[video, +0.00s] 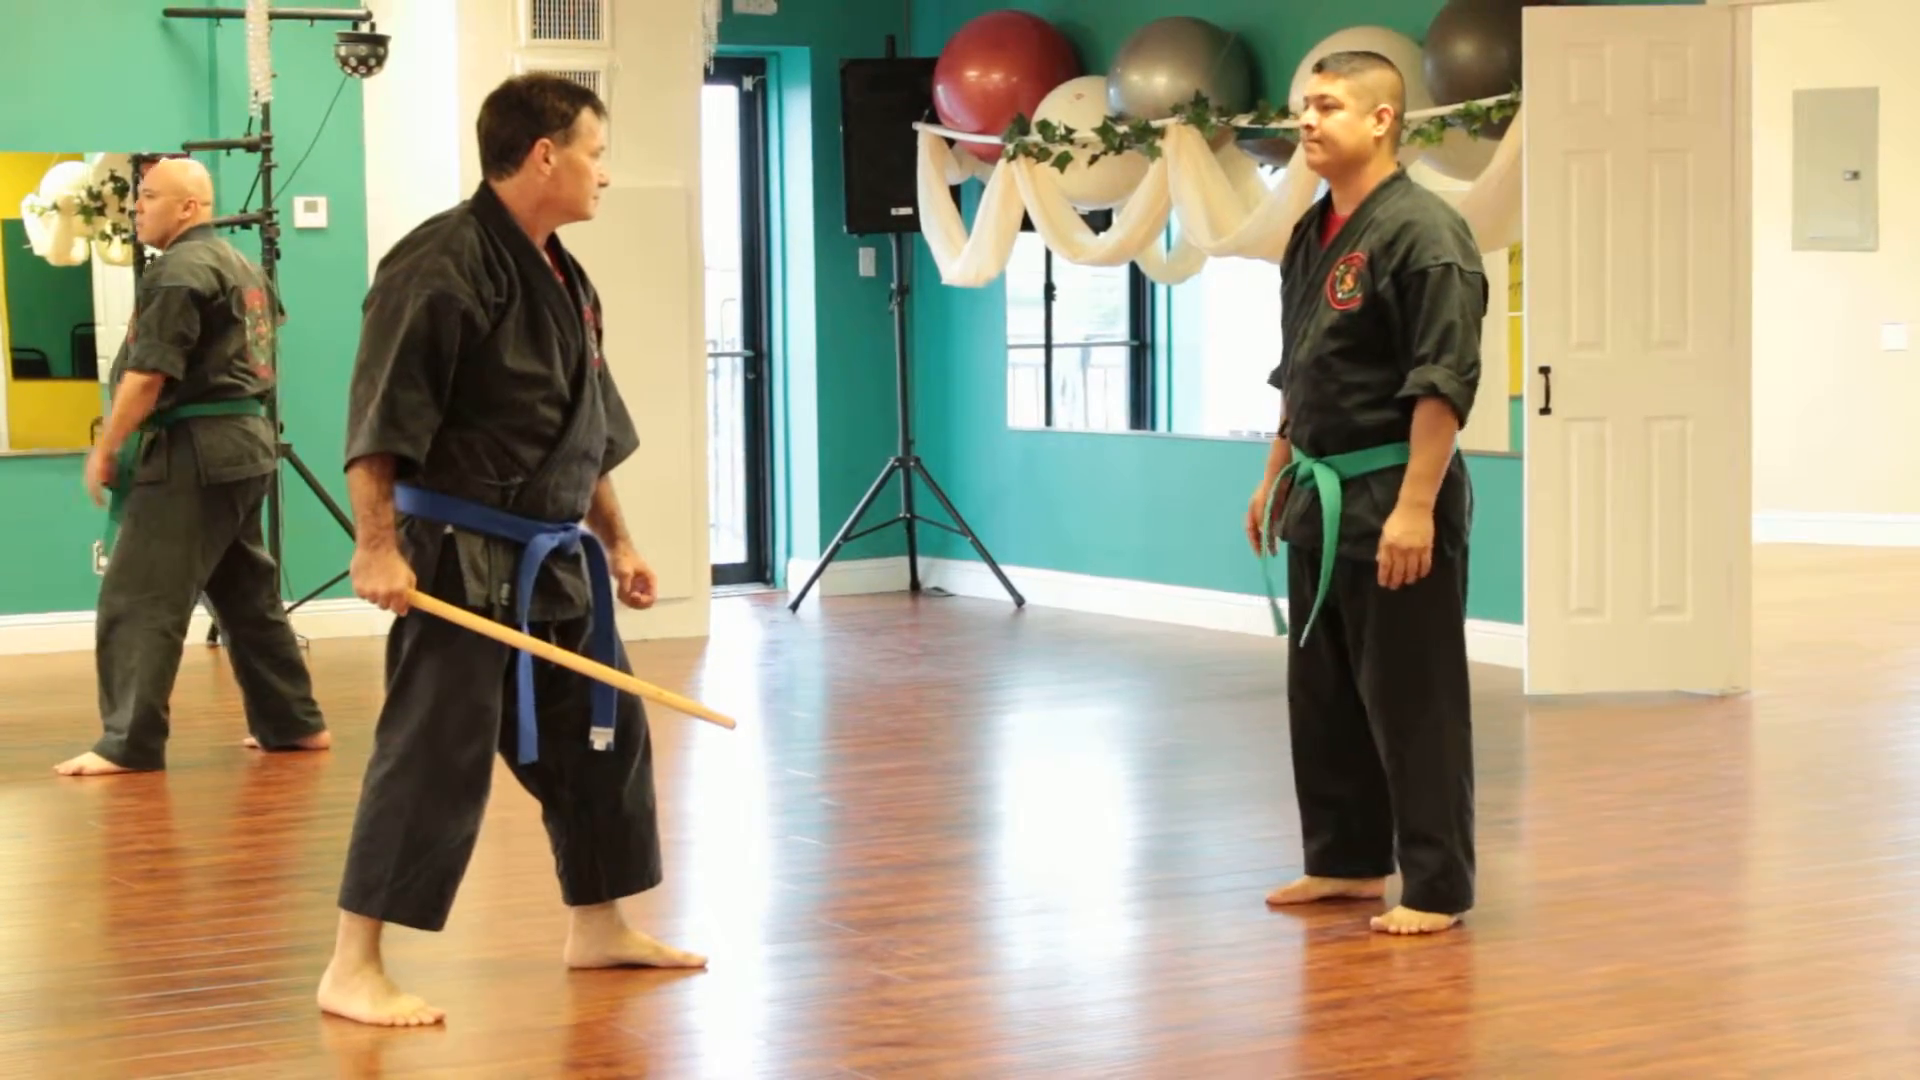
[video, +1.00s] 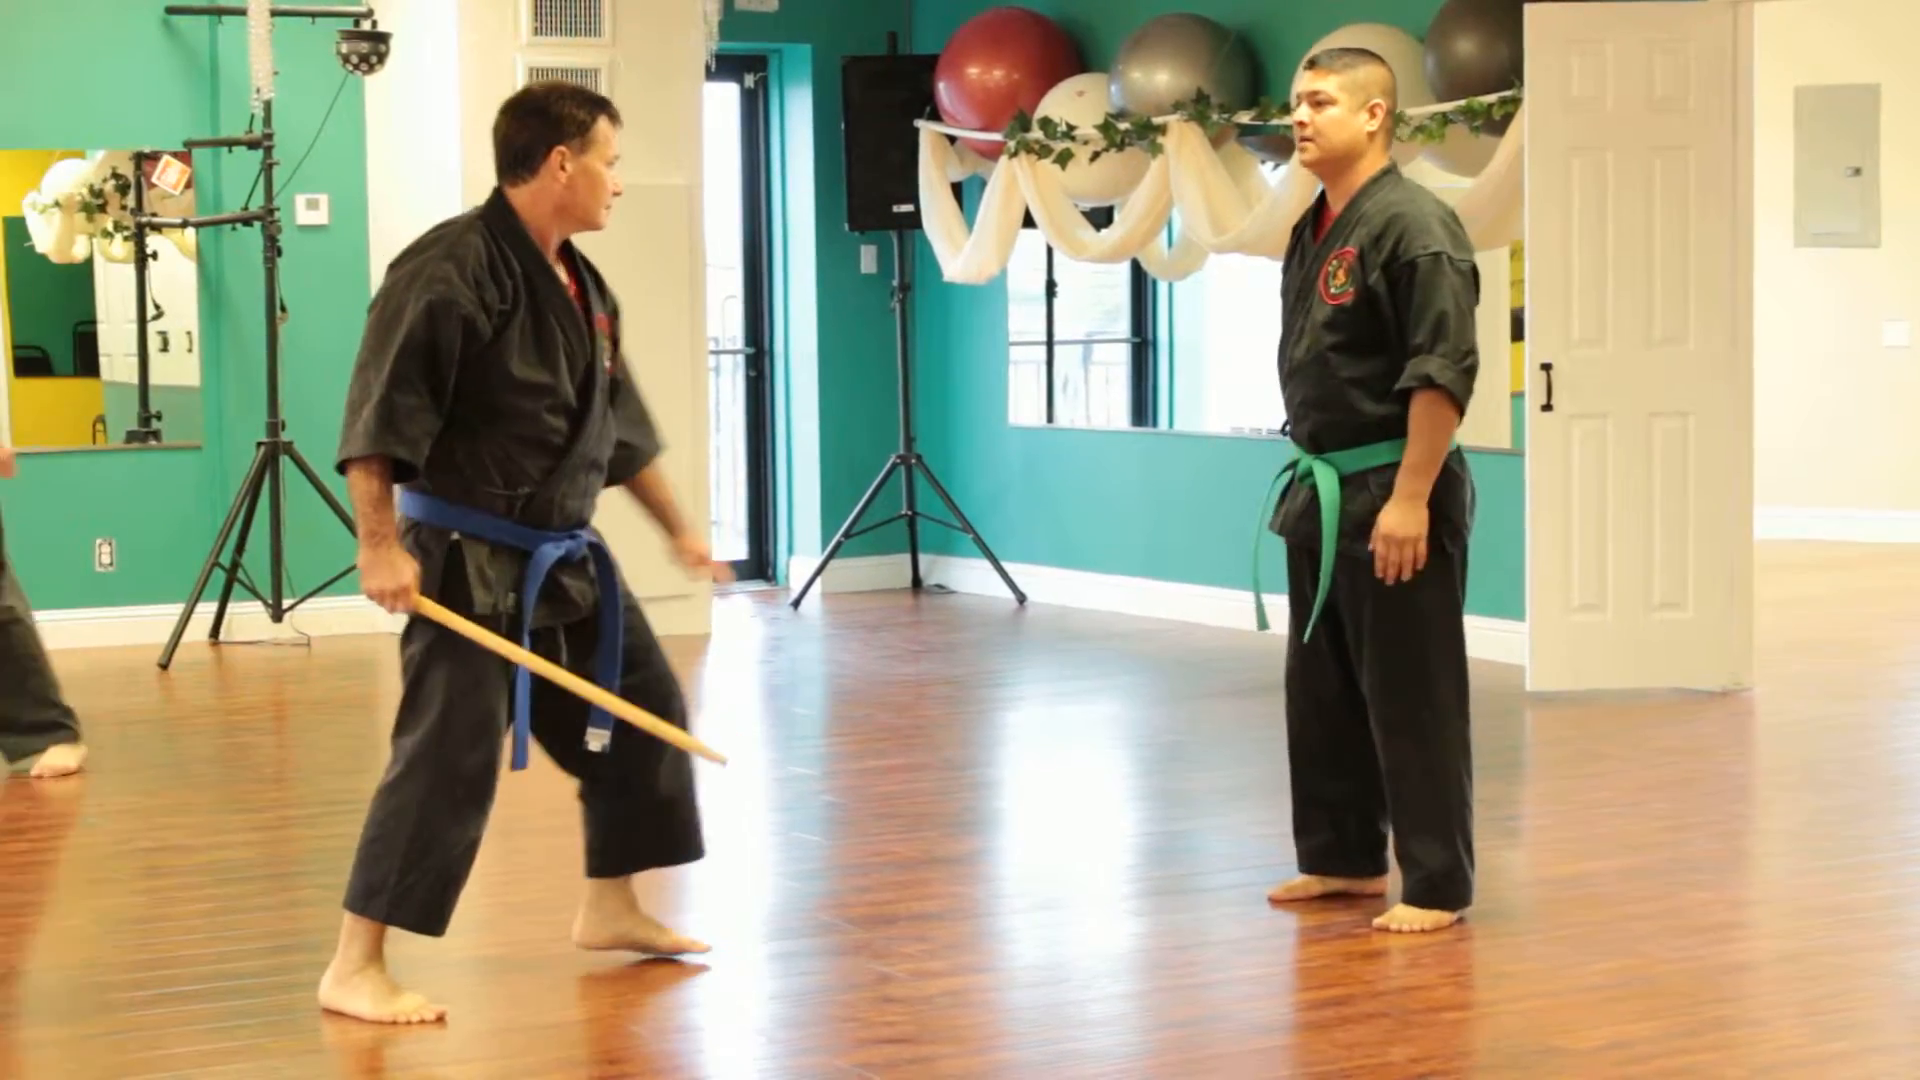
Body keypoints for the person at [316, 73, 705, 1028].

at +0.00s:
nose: (605, 175)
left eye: (604, 156)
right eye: (596, 156)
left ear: (548, 158)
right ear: (543, 156)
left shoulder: (564, 276)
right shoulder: (439, 261)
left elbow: (580, 428)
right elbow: (376, 409)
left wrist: (618, 539)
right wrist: (375, 542)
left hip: (559, 546)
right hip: (459, 543)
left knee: (600, 727)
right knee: (427, 747)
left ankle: (598, 928)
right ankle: (352, 967)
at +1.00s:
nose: (619, 184)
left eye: (618, 165)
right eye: (610, 164)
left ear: (561, 164)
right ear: (559, 164)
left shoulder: (581, 284)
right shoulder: (447, 267)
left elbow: (617, 424)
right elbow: (376, 407)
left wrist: (679, 527)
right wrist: (378, 540)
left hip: (563, 546)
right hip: (463, 545)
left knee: (641, 702)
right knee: (444, 747)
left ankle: (611, 908)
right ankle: (354, 966)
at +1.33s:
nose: (731, 201)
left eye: (732, 185)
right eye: (724, 184)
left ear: (683, 183)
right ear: (677, 182)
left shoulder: (721, 283)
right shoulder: (576, 271)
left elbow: (797, 369)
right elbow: (429, 322)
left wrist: (880, 439)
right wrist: (405, 268)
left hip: (698, 545)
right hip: (611, 542)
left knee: (737, 724)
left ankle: (655, 920)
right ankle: (444, 893)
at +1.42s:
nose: (779, 202)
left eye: (780, 184)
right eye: (771, 184)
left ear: (726, 183)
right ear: (722, 183)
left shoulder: (760, 280)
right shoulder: (627, 265)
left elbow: (832, 365)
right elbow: (499, 283)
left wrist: (910, 432)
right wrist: (483, 184)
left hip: (745, 540)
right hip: (662, 541)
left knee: (745, 728)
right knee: (739, 728)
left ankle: (656, 917)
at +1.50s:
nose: (826, 198)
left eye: (826, 182)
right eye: (817, 179)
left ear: (771, 182)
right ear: (769, 177)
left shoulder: (795, 284)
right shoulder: (685, 254)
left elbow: (861, 376)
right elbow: (604, 257)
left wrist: (931, 446)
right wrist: (592, 148)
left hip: (752, 535)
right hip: (725, 538)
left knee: (736, 730)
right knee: (862, 694)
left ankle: (655, 916)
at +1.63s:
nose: (884, 205)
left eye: (885, 186)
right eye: (872, 185)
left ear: (842, 187)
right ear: (825, 183)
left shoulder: (829, 282)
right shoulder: (787, 266)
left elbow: (873, 401)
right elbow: (793, 225)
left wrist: (939, 471)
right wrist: (831, 106)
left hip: (759, 566)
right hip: (825, 564)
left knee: (746, 739)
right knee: (969, 692)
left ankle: (649, 911)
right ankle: (1059, 871)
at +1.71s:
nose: (902, 193)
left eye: (896, 177)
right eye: (890, 178)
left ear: (807, 188)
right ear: (855, 188)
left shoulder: (768, 276)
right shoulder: (856, 259)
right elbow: (956, 223)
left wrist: (904, 499)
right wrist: (978, 130)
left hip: (767, 574)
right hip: (875, 571)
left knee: (728, 742)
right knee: (998, 714)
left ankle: (615, 915)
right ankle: (1081, 897)